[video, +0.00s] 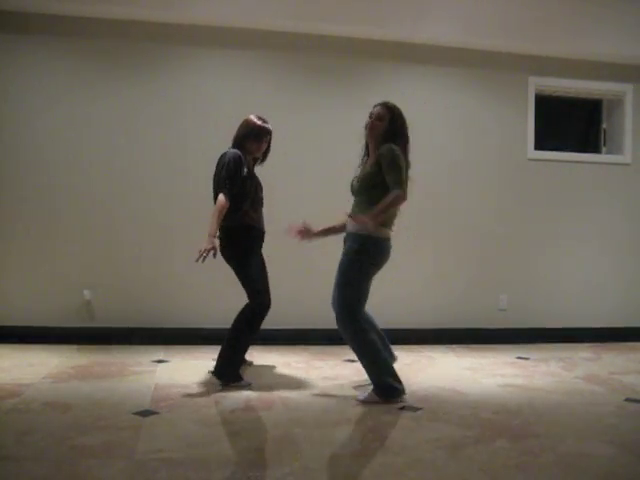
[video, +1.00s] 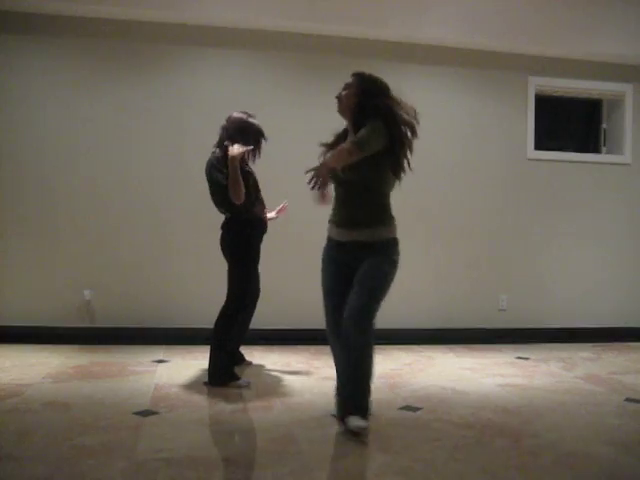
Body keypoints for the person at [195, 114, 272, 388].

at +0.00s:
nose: (264, 147)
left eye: (266, 142)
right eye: (261, 141)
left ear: (261, 144)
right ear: (249, 139)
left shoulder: (247, 166)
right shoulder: (233, 158)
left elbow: (241, 204)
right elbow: (222, 199)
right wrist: (212, 237)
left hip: (249, 239)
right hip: (238, 240)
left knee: (261, 300)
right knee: (259, 301)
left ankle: (232, 358)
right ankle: (226, 368)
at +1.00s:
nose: (252, 151)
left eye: (254, 146)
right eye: (250, 145)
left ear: (238, 142)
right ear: (236, 141)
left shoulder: (237, 162)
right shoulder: (217, 164)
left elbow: (248, 203)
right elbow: (237, 200)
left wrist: (266, 214)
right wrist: (234, 161)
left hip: (249, 234)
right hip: (237, 236)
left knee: (249, 294)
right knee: (238, 298)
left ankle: (231, 352)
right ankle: (219, 373)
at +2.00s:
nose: (243, 150)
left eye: (244, 145)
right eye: (241, 144)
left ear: (219, 137)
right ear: (231, 139)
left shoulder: (213, 162)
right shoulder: (223, 162)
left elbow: (254, 190)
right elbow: (262, 187)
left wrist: (289, 192)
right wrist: (303, 202)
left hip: (237, 236)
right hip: (247, 235)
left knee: (251, 298)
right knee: (254, 301)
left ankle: (231, 354)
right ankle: (222, 370)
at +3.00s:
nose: (200, 158)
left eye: (200, 153)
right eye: (192, 158)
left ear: (207, 157)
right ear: (184, 169)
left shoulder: (213, 189)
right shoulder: (207, 194)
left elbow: (249, 213)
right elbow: (242, 224)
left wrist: (278, 224)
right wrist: (283, 237)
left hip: (258, 243)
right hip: (256, 246)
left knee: (256, 304)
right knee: (255, 307)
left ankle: (231, 353)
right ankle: (220, 372)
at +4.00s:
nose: (221, 120)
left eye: (218, 117)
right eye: (213, 123)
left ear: (228, 124)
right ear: (210, 140)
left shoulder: (249, 150)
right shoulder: (217, 166)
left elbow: (254, 189)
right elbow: (205, 208)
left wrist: (257, 219)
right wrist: (215, 248)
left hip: (248, 232)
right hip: (231, 235)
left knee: (238, 292)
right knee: (252, 289)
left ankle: (227, 355)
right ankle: (234, 357)